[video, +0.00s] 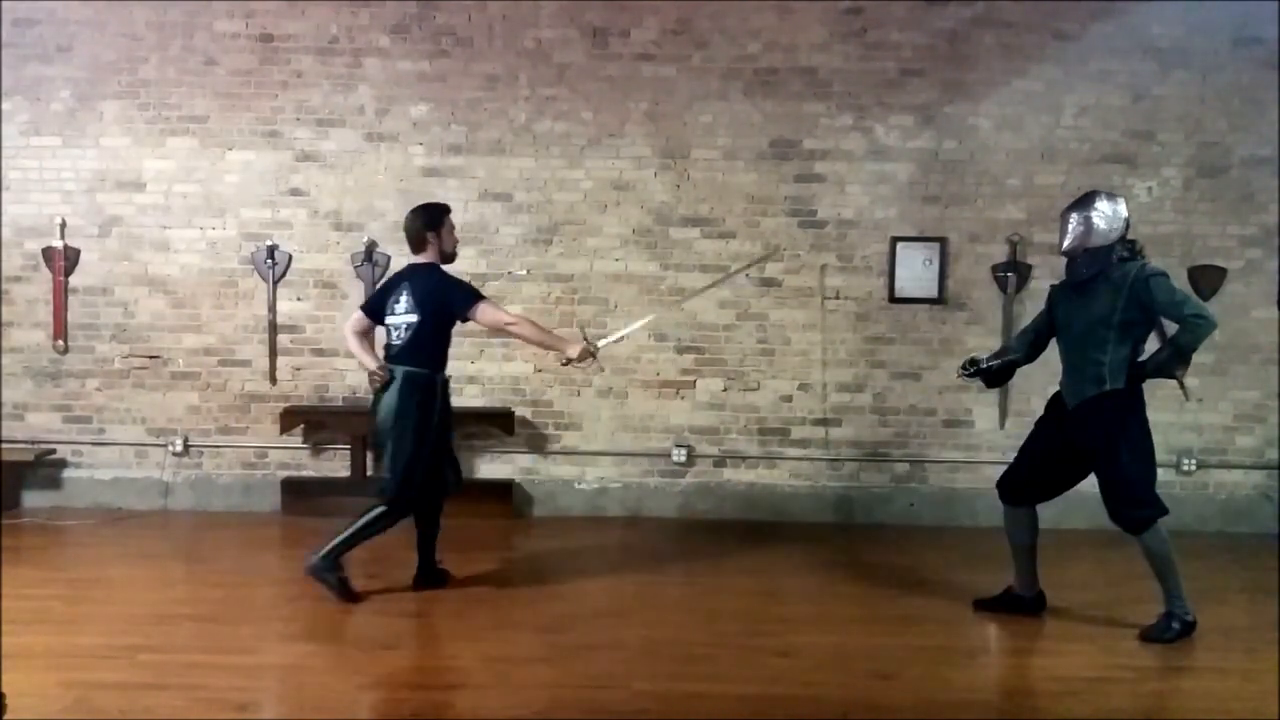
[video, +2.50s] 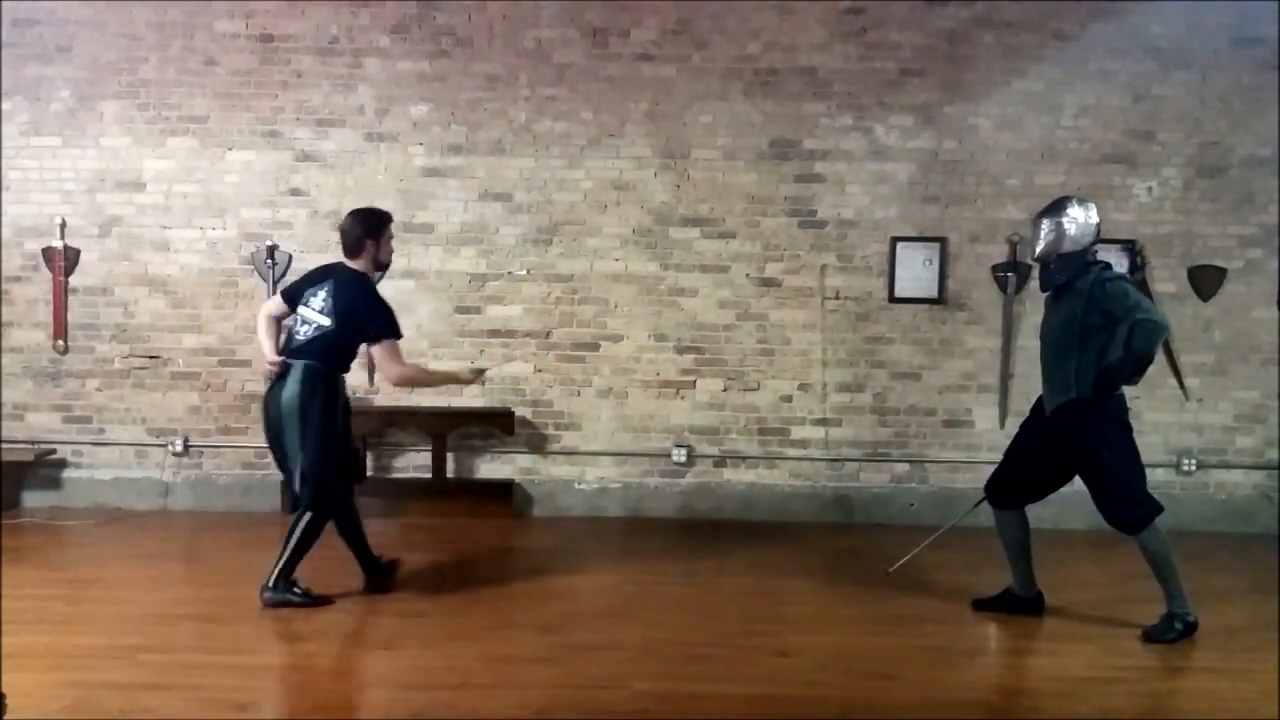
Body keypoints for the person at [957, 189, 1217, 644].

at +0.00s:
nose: (1072, 237)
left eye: (1082, 226)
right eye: (1070, 227)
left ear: (1108, 230)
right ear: (1068, 231)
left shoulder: (1139, 279)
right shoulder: (1065, 293)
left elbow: (1200, 320)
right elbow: (1030, 340)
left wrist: (1152, 366)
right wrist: (994, 363)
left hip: (1117, 412)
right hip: (1069, 412)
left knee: (1135, 510)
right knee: (1015, 491)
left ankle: (1179, 612)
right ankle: (1025, 592)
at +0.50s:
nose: (1062, 238)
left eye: (1072, 227)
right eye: (1061, 227)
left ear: (1097, 229)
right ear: (1064, 231)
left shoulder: (1131, 277)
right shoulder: (1062, 295)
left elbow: (1190, 320)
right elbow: (1037, 364)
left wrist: (1144, 368)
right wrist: (1000, 415)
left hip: (1115, 412)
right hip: (1067, 414)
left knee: (1139, 509)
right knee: (1016, 492)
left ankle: (1180, 612)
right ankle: (1025, 592)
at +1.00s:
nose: (1041, 244)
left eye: (1049, 233)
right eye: (1041, 234)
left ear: (1073, 236)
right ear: (1062, 237)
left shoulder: (1099, 284)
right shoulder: (1063, 288)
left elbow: (1147, 323)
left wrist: (1111, 376)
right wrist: (1060, 386)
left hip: (1095, 416)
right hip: (1054, 414)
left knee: (1130, 512)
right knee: (1000, 492)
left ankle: (1179, 611)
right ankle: (1023, 591)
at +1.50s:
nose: (1033, 245)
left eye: (1040, 236)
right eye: (1033, 236)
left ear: (1063, 238)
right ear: (1060, 239)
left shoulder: (1094, 284)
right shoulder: (1056, 286)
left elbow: (1144, 324)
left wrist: (1109, 376)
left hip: (1092, 416)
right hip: (1050, 413)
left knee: (1130, 511)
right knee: (998, 493)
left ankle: (1180, 612)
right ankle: (1023, 591)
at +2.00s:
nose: (1037, 246)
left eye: (1044, 235)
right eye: (1036, 236)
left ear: (1066, 236)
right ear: (1065, 237)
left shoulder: (1097, 283)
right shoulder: (1057, 287)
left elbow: (1147, 324)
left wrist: (1114, 374)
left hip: (1094, 416)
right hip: (1052, 414)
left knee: (1131, 511)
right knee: (1000, 493)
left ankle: (1180, 612)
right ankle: (1023, 591)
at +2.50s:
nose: (1043, 246)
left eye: (1051, 235)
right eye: (1042, 235)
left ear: (1075, 237)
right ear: (1058, 237)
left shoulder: (1102, 283)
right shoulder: (1063, 286)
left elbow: (1151, 322)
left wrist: (1116, 374)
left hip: (1098, 416)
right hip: (1056, 414)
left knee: (1132, 510)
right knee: (1003, 492)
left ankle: (1180, 612)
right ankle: (1023, 592)